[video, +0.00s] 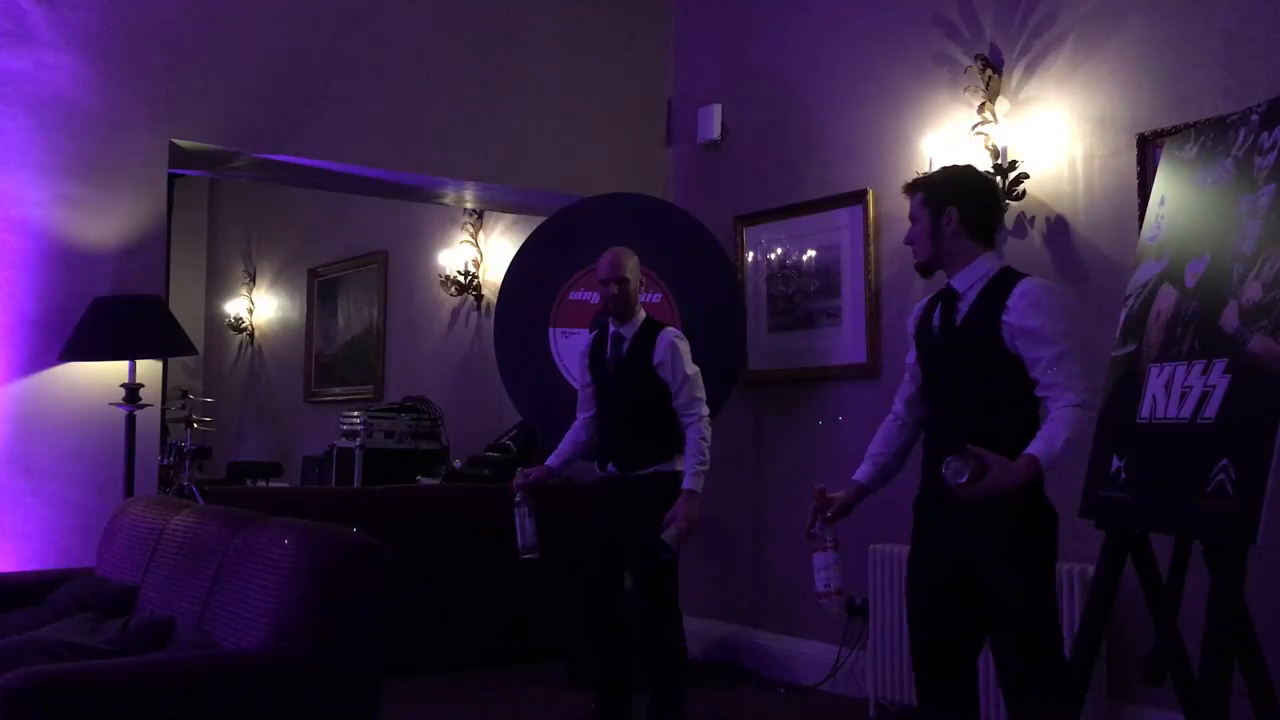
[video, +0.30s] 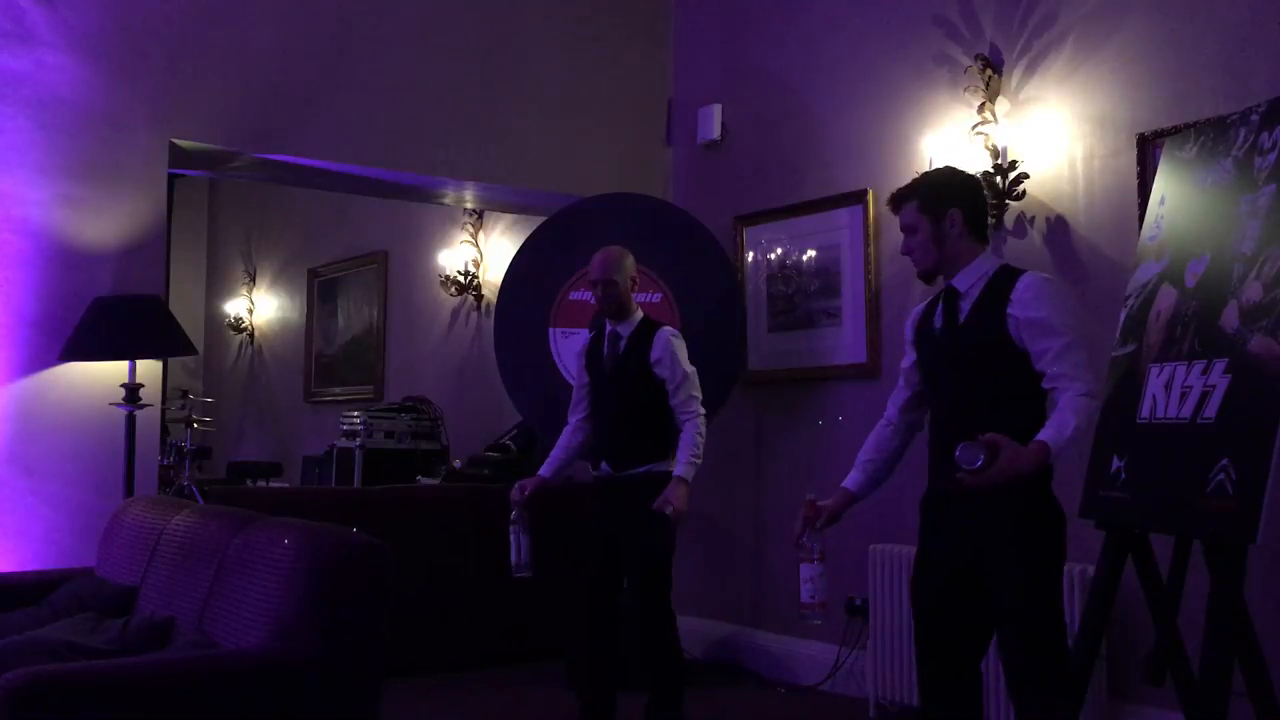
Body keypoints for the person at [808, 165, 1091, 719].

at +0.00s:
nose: (906, 237)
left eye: (914, 221)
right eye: (908, 223)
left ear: (951, 224)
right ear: (952, 226)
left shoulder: (1027, 299)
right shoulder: (926, 317)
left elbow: (1070, 400)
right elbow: (905, 416)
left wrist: (1024, 468)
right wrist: (855, 489)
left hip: (1011, 518)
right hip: (939, 519)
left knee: (1031, 682)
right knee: (940, 683)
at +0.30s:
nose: (903, 248)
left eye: (911, 231)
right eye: (902, 234)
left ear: (953, 224)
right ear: (949, 228)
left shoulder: (1028, 293)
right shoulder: (925, 320)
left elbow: (1078, 390)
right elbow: (899, 419)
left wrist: (1035, 452)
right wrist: (843, 496)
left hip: (1018, 518)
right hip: (946, 521)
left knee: (1037, 682)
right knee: (945, 683)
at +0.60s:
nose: (928, 240)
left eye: (938, 225)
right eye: (927, 227)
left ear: (982, 221)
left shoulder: (1048, 294)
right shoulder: (946, 313)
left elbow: (1093, 403)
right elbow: (904, 404)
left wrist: (1035, 470)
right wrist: (828, 463)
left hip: (1035, 517)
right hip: (962, 515)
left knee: (1043, 686)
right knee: (955, 685)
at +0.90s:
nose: (954, 216)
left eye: (967, 204)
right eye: (957, 203)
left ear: (1011, 214)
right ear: (1004, 215)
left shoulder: (1056, 299)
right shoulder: (972, 296)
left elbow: (1080, 422)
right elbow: (892, 320)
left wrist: (1005, 512)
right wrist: (825, 268)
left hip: (1033, 526)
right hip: (966, 523)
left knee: (1036, 693)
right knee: (955, 690)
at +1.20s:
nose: (960, 214)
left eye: (975, 202)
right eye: (964, 201)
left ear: (1019, 217)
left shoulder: (1043, 308)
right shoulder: (979, 293)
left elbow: (1012, 437)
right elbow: (886, 329)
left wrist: (932, 515)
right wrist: (830, 277)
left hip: (1028, 516)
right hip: (974, 510)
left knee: (1035, 687)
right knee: (950, 681)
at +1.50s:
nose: (953, 218)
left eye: (968, 206)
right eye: (954, 205)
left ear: (1013, 215)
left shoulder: (1040, 300)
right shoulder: (960, 294)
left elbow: (1041, 428)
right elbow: (926, 381)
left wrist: (959, 444)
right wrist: (929, 420)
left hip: (1033, 503)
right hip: (973, 497)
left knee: (1038, 677)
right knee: (948, 667)